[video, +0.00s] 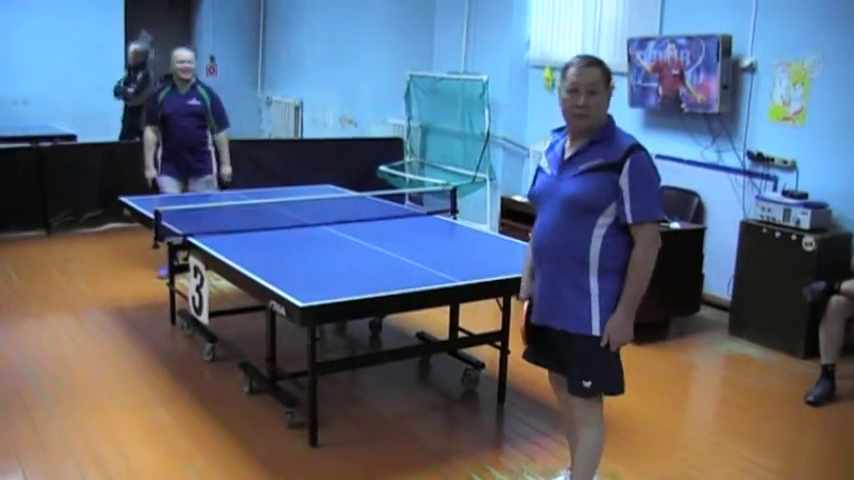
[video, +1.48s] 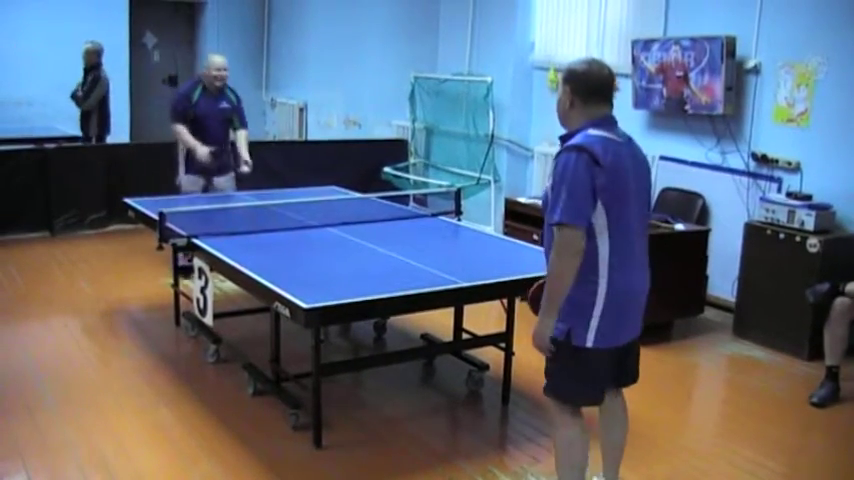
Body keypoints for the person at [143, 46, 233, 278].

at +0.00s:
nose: (186, 66)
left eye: (189, 62)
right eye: (181, 62)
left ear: (195, 64)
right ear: (172, 66)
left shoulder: (207, 94)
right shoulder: (159, 96)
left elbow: (220, 131)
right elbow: (151, 131)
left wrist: (225, 164)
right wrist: (149, 166)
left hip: (202, 165)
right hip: (170, 165)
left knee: (204, 214)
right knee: (170, 214)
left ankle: (202, 261)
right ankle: (172, 260)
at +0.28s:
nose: (166, 68)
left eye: (169, 62)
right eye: (161, 64)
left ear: (176, 64)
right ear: (152, 69)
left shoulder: (192, 92)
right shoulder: (144, 98)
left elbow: (207, 126)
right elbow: (136, 133)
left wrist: (211, 158)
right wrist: (135, 169)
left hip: (193, 164)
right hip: (160, 168)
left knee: (201, 214)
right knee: (167, 218)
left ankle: (203, 260)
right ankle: (174, 261)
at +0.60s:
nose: (159, 73)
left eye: (162, 67)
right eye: (153, 69)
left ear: (169, 67)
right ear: (146, 74)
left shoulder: (187, 91)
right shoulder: (140, 100)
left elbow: (197, 127)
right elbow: (135, 136)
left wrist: (188, 161)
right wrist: (134, 171)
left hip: (192, 159)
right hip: (161, 164)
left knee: (195, 212)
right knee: (167, 215)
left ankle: (200, 261)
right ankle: (175, 261)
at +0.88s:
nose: (168, 71)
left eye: (171, 66)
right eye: (162, 68)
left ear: (178, 66)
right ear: (154, 73)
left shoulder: (193, 92)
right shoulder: (147, 102)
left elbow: (201, 129)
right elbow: (142, 137)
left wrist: (186, 159)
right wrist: (143, 172)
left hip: (197, 166)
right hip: (164, 171)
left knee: (205, 216)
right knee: (170, 220)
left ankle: (206, 262)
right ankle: (176, 262)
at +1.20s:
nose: (195, 71)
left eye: (199, 67)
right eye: (190, 68)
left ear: (205, 69)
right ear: (180, 72)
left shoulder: (217, 96)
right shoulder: (169, 100)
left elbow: (229, 128)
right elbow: (159, 134)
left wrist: (225, 160)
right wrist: (157, 169)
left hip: (211, 168)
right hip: (180, 169)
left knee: (214, 218)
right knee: (177, 218)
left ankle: (213, 264)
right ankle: (177, 262)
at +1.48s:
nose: (222, 75)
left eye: (225, 70)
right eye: (217, 70)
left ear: (228, 72)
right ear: (205, 72)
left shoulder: (231, 95)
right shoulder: (188, 93)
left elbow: (240, 128)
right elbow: (177, 125)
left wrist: (244, 154)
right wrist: (198, 148)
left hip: (224, 162)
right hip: (194, 163)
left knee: (227, 211)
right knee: (191, 213)